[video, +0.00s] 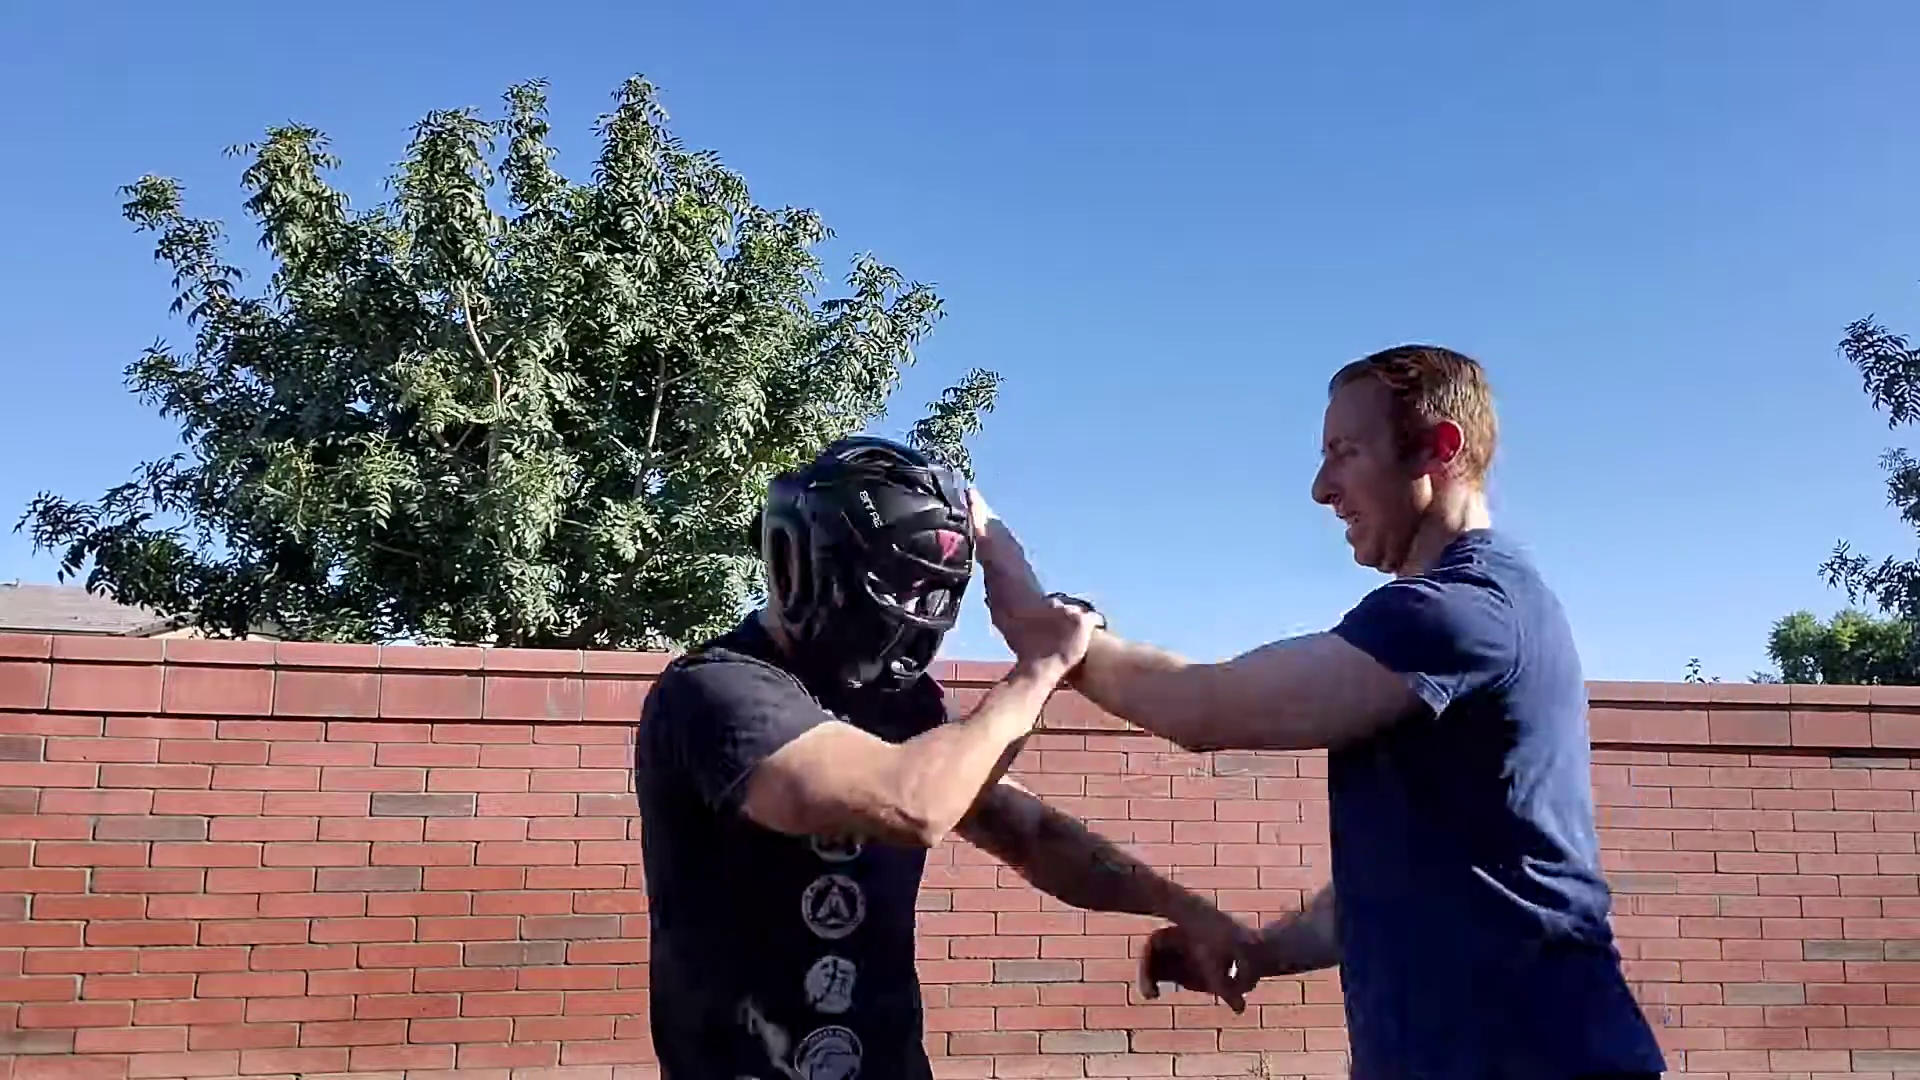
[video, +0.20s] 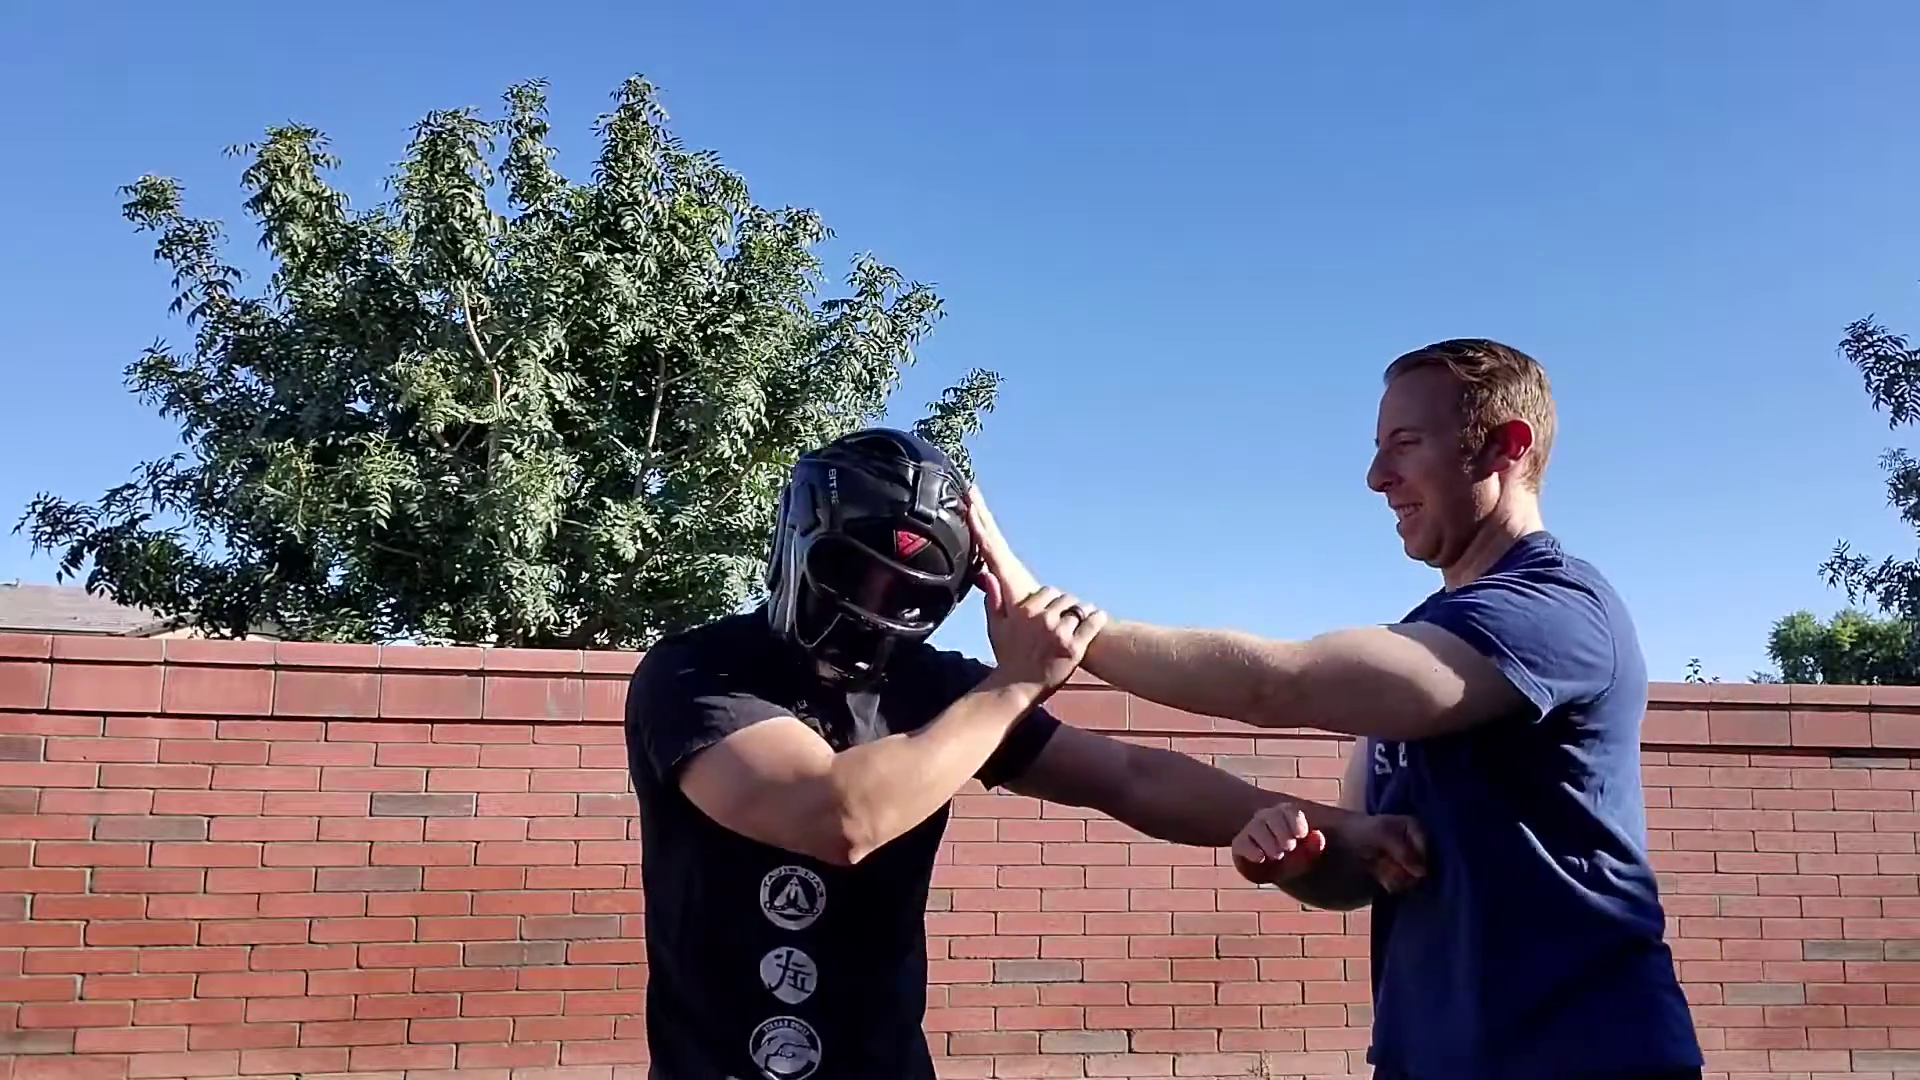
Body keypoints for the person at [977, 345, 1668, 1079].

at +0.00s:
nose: (1320, 487)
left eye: (1342, 453)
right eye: (1326, 456)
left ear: (1436, 458)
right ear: (1430, 462)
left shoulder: (1460, 610)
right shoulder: (1489, 605)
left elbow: (1204, 709)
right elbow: (1420, 876)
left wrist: (1034, 618)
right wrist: (1252, 949)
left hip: (1517, 1048)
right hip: (1439, 1046)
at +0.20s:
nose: (1377, 476)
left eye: (1404, 443)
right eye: (1380, 450)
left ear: (1505, 452)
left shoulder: (1562, 604)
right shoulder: (1414, 649)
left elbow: (1293, 684)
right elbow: (1372, 867)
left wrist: (1061, 626)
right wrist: (1297, 852)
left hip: (1581, 1046)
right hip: (1430, 1051)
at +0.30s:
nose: (1393, 473)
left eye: (1420, 442)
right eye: (1396, 449)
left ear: (1526, 453)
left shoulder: (1578, 610)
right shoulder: (1428, 645)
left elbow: (1310, 693)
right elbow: (1374, 857)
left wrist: (1068, 640)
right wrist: (1326, 863)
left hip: (1596, 1049)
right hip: (1443, 1055)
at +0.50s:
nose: (1379, 478)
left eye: (1405, 446)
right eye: (1383, 452)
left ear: (1505, 454)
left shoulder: (1565, 612)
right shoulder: (1420, 643)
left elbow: (1298, 693)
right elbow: (1371, 861)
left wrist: (1075, 634)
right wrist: (1318, 859)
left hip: (1588, 1041)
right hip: (1436, 1047)